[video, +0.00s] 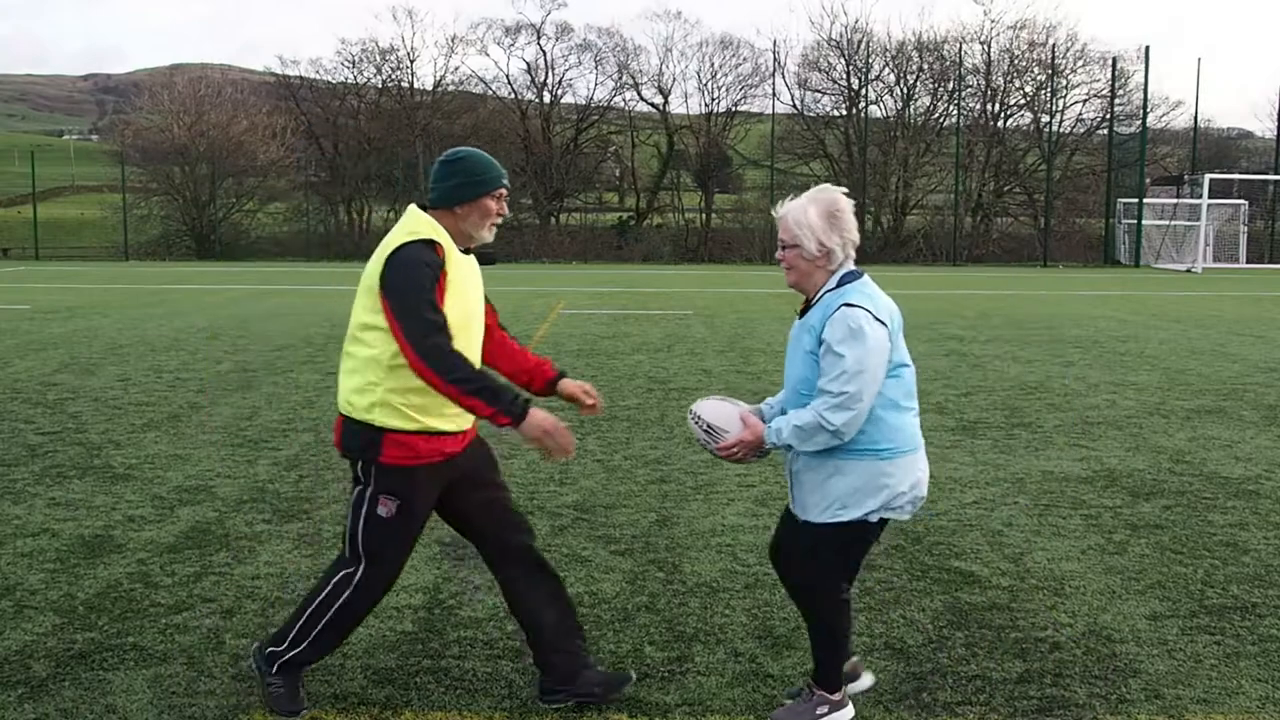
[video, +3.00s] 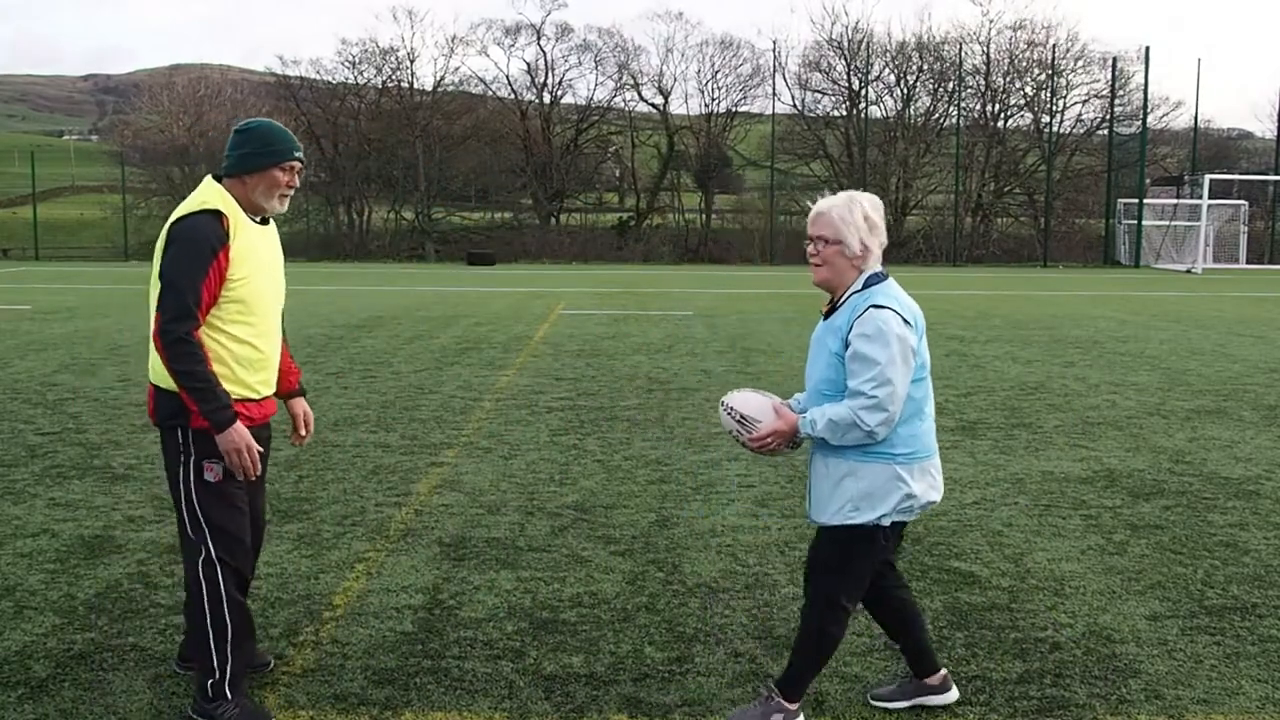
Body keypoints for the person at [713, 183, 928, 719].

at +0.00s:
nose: (779, 257)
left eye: (788, 246)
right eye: (779, 245)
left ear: (824, 251)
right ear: (821, 252)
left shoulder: (855, 316)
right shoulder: (822, 307)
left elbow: (838, 415)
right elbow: (805, 392)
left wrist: (768, 436)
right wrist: (756, 418)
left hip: (866, 475)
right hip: (832, 466)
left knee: (823, 575)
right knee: (789, 554)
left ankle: (828, 695)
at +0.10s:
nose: (747, 260)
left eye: (756, 250)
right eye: (747, 249)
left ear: (792, 253)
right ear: (790, 254)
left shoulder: (822, 316)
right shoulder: (792, 309)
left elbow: (803, 418)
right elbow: (775, 393)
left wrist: (736, 438)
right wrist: (726, 417)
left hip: (845, 473)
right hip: (807, 466)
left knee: (810, 578)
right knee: (765, 556)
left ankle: (827, 695)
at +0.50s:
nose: (676, 251)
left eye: (685, 241)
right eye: (677, 240)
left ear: (720, 245)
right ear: (719, 245)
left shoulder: (749, 305)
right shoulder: (722, 300)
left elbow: (722, 403)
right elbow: (708, 390)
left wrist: (657, 413)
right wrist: (657, 412)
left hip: (761, 469)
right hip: (729, 465)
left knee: (741, 576)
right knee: (713, 569)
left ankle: (777, 697)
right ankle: (721, 685)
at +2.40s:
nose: (732, 244)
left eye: (742, 235)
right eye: (733, 234)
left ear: (778, 244)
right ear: (770, 245)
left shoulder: (804, 313)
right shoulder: (771, 302)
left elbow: (789, 416)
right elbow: (751, 383)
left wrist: (716, 421)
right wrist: (702, 401)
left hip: (796, 478)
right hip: (763, 470)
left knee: (774, 584)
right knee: (740, 563)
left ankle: (781, 699)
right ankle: (770, 674)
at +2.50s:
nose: (737, 245)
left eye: (747, 236)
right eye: (737, 235)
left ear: (783, 244)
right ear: (774, 244)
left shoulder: (810, 313)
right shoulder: (776, 301)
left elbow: (797, 415)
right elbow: (758, 383)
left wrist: (723, 422)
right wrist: (708, 402)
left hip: (802, 476)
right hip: (770, 467)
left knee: (778, 585)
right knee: (754, 563)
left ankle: (780, 701)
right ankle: (814, 665)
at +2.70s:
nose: (754, 247)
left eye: (763, 238)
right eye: (755, 236)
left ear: (798, 244)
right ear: (790, 245)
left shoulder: (828, 314)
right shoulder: (795, 304)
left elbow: (817, 413)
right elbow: (776, 384)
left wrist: (740, 422)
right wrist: (728, 403)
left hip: (826, 475)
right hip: (803, 469)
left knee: (785, 581)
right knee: (813, 574)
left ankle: (780, 702)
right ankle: (892, 653)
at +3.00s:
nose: (811, 252)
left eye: (823, 242)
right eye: (809, 241)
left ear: (860, 249)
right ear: (848, 251)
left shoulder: (880, 316)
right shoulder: (851, 308)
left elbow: (872, 414)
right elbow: (834, 390)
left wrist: (802, 424)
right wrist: (785, 413)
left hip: (880, 480)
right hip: (862, 475)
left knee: (830, 582)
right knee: (874, 578)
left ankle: (786, 699)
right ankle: (931, 677)